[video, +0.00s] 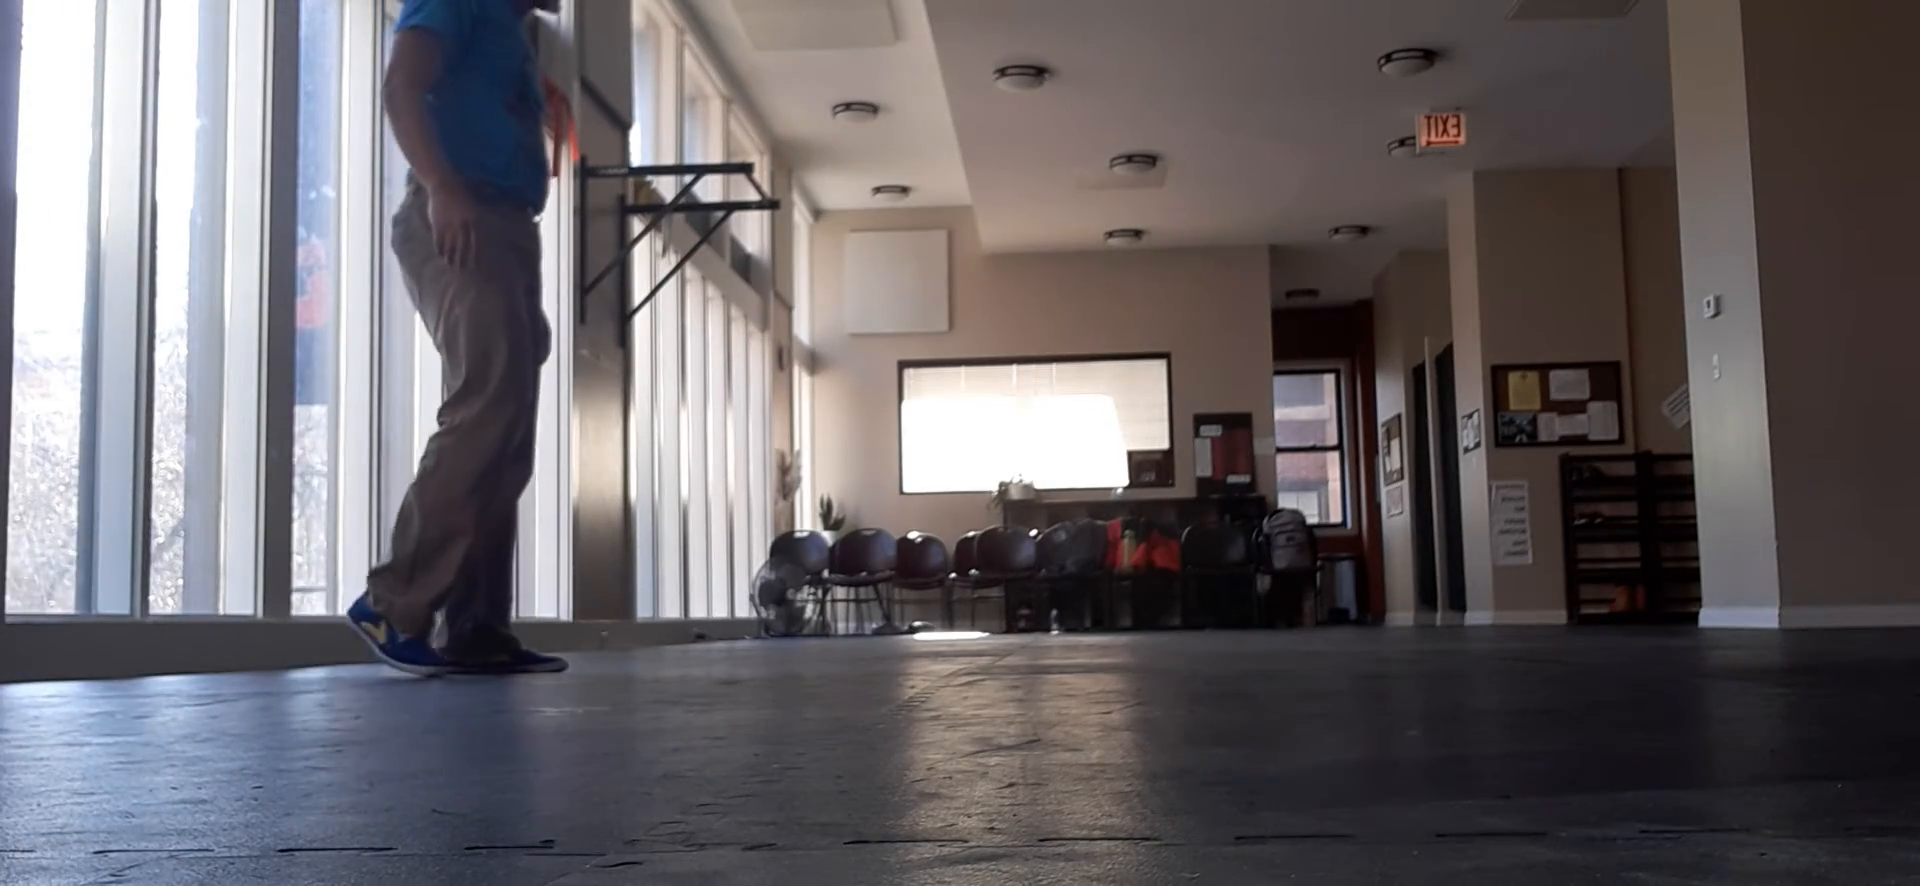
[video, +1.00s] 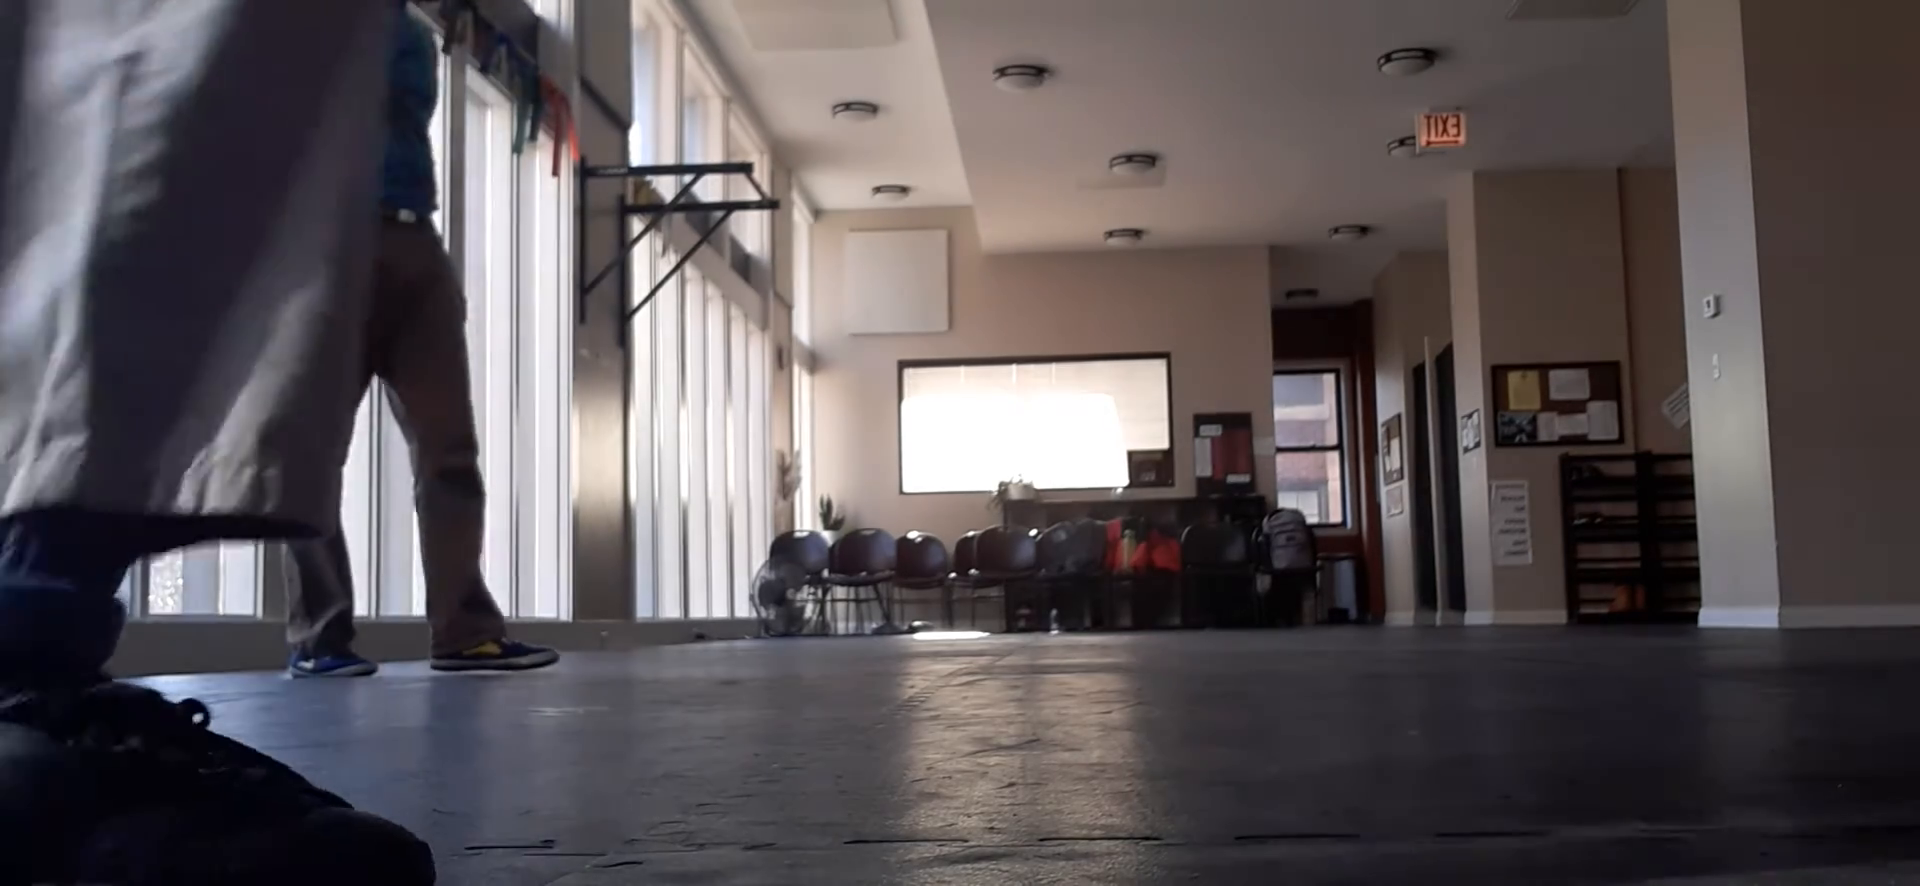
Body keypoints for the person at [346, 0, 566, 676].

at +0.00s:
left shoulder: (511, 24)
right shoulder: (457, 5)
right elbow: (402, 90)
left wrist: (542, 99)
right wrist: (442, 189)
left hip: (507, 219)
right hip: (460, 213)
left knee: (507, 428)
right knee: (486, 405)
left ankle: (475, 631)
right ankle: (393, 605)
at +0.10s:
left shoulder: (505, 26)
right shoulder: (452, 6)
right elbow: (403, 90)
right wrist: (444, 191)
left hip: (500, 225)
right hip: (456, 219)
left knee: (501, 438)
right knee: (481, 414)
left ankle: (474, 636)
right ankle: (378, 601)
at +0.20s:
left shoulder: (500, 34)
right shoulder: (447, 6)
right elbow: (399, 88)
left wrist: (523, 286)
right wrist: (446, 188)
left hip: (497, 230)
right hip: (451, 221)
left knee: (496, 445)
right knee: (472, 419)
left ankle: (474, 639)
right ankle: (358, 593)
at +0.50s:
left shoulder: (471, 30)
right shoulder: (394, 5)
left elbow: (471, 167)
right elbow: (357, 104)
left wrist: (504, 287)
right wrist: (422, 184)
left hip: (480, 238)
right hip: (411, 230)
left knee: (474, 453)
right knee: (391, 433)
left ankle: (472, 639)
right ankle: (328, 625)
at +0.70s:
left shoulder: (447, 18)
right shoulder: (353, 6)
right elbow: (307, 112)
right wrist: (363, 197)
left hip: (452, 236)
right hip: (376, 232)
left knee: (458, 453)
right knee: (354, 444)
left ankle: (467, 638)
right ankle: (322, 637)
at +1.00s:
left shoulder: (411, 29)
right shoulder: (316, 32)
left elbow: (413, 114)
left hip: (415, 241)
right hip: (331, 243)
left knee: (447, 450)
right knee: (314, 453)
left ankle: (464, 630)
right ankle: (318, 639)